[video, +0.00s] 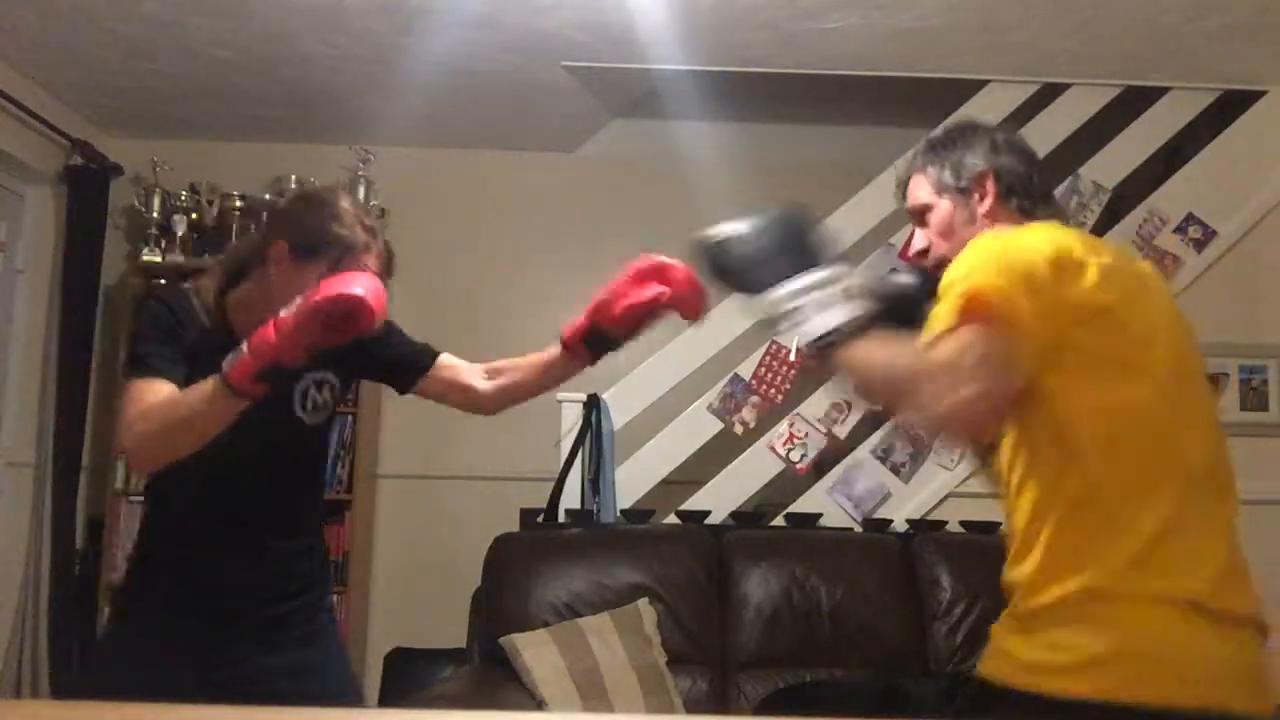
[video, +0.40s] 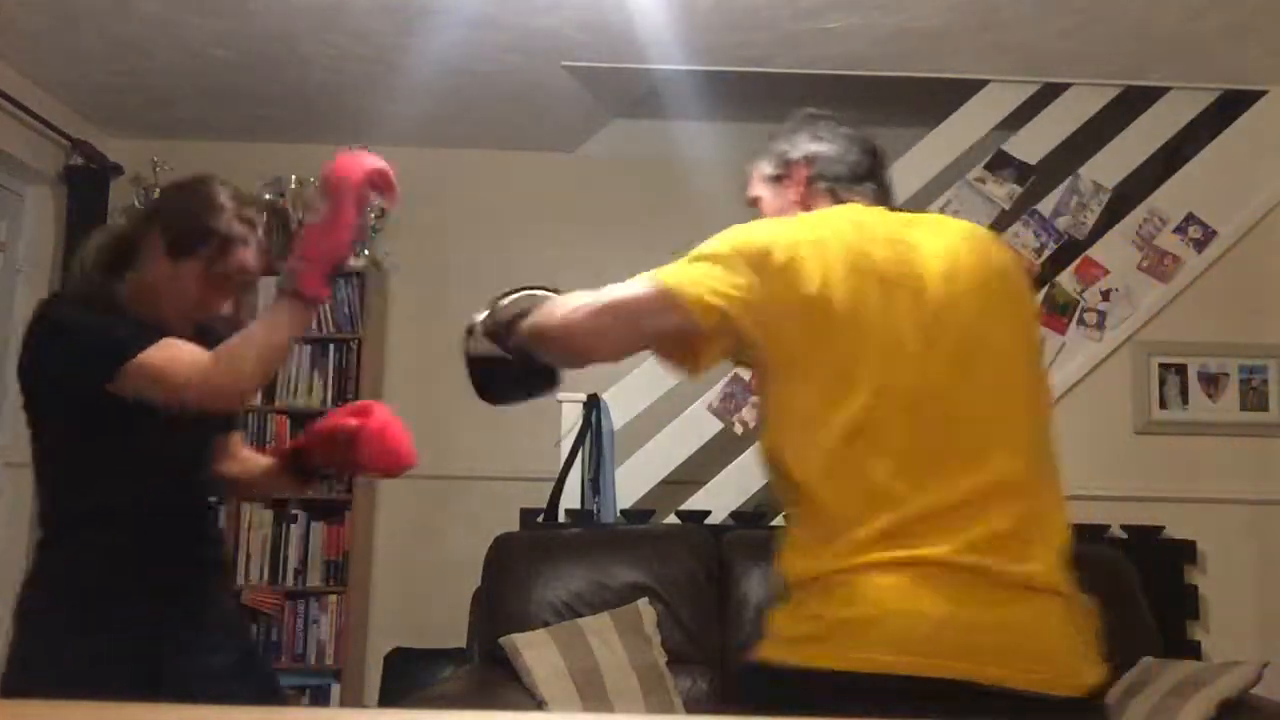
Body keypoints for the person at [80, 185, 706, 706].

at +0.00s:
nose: (337, 305)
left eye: (351, 290)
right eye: (330, 281)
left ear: (352, 281)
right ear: (279, 256)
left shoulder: (340, 331)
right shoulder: (175, 318)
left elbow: (483, 389)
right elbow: (142, 446)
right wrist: (268, 355)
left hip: (293, 628)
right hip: (169, 625)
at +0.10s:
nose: (334, 295)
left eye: (347, 278)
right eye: (327, 270)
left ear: (349, 275)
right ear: (273, 248)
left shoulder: (331, 333)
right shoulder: (168, 318)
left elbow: (447, 415)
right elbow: (150, 453)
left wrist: (551, 367)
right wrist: (266, 358)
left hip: (277, 619)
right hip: (157, 618)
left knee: (320, 710)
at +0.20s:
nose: (289, 303)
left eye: (301, 289)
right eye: (283, 280)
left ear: (305, 286)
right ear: (238, 248)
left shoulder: (291, 336)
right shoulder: (126, 311)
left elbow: (361, 459)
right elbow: (141, 448)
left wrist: (458, 422)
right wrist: (254, 342)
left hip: (245, 627)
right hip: (123, 624)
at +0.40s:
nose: (228, 307)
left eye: (240, 289)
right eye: (219, 281)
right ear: (164, 251)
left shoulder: (202, 352)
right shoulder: (66, 328)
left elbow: (225, 462)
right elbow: (218, 383)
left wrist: (309, 464)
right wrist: (312, 272)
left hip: (196, 628)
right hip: (87, 635)